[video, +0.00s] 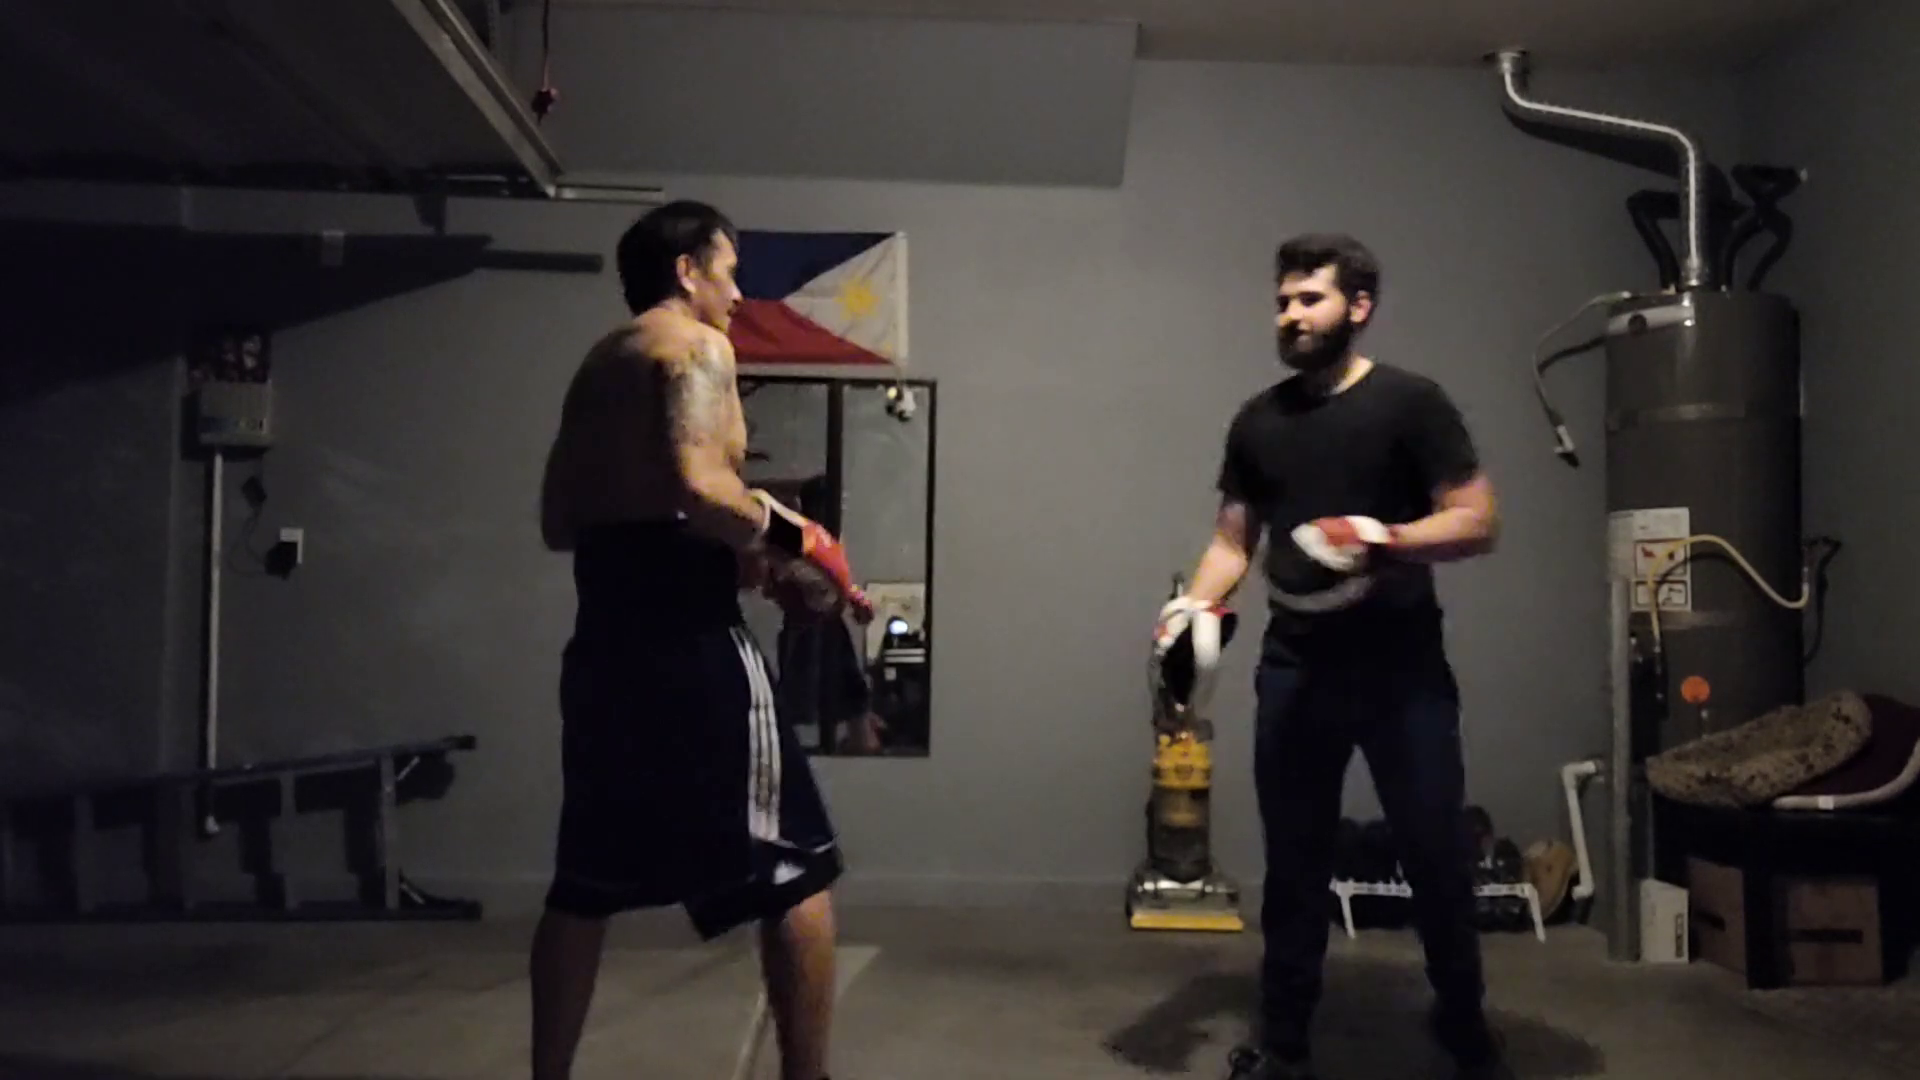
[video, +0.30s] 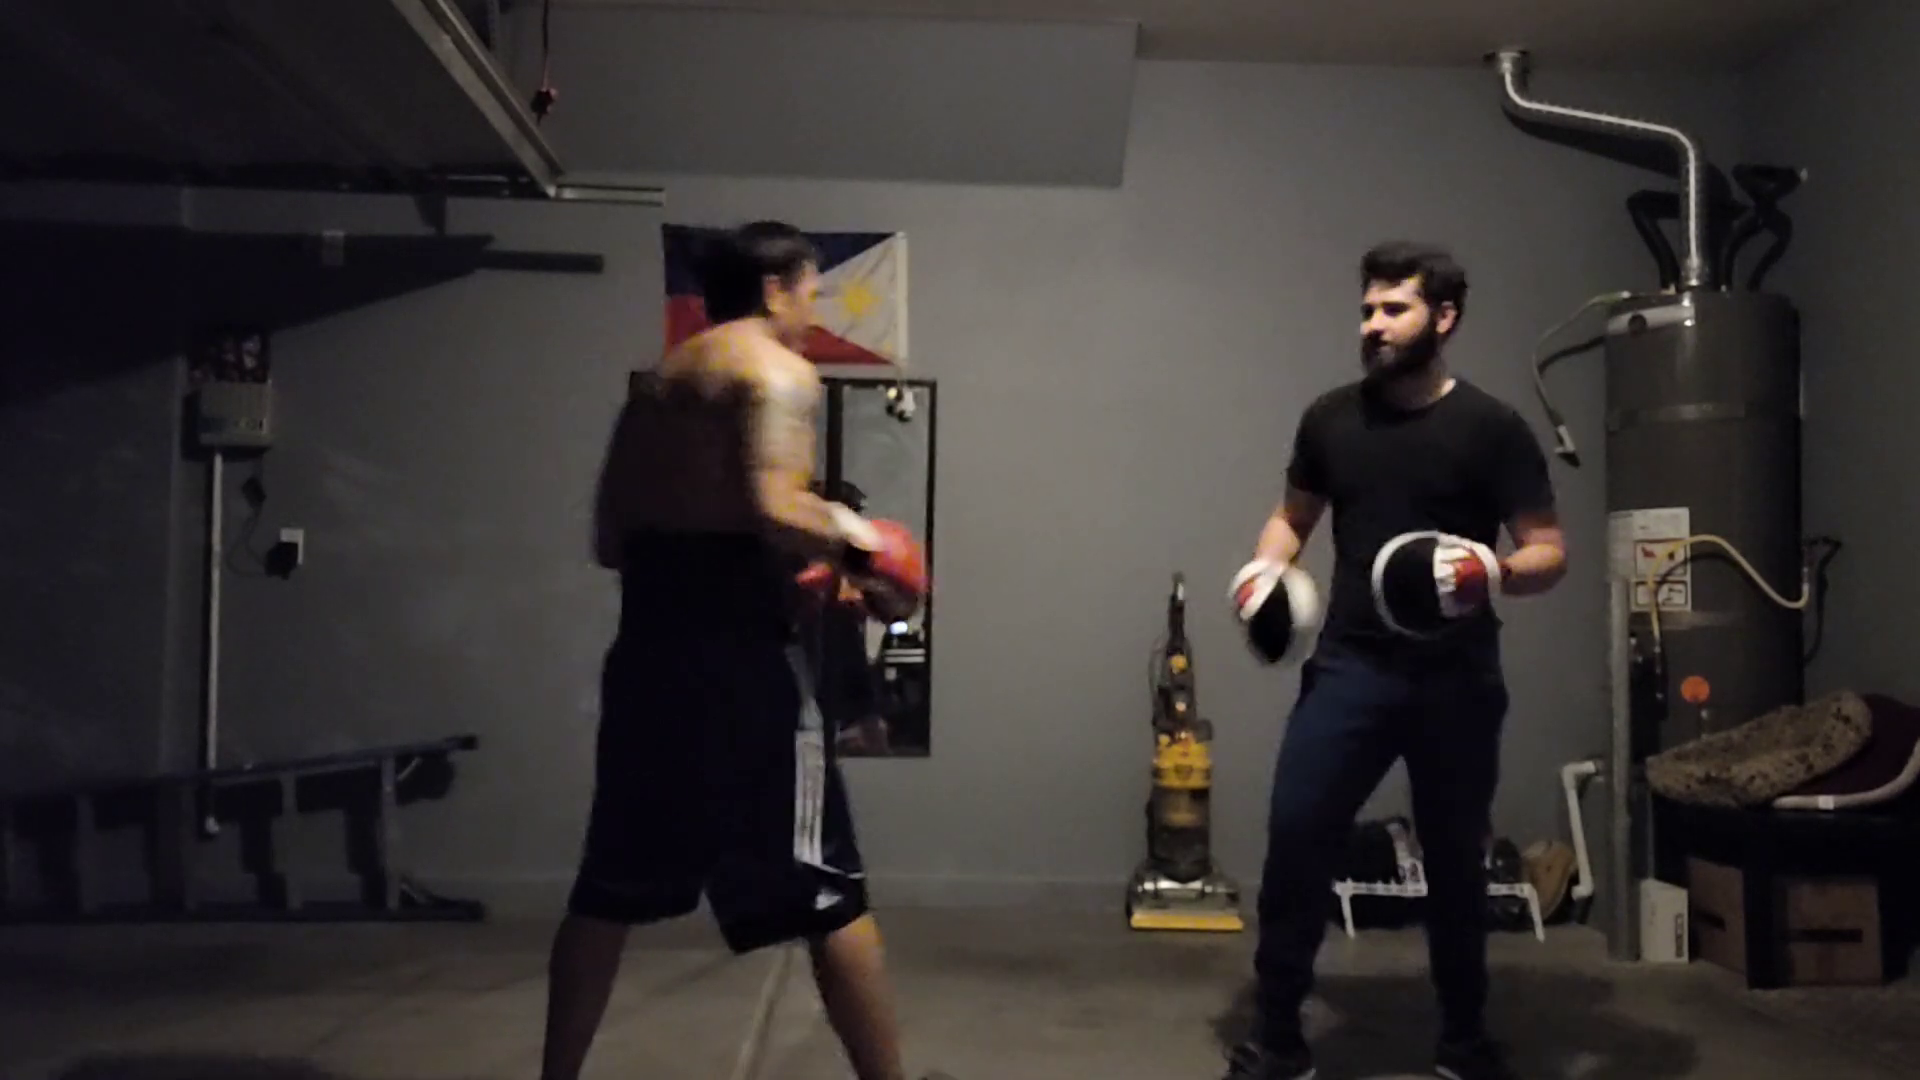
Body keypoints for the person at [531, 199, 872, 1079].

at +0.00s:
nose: (736, 295)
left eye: (735, 276)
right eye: (727, 275)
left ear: (657, 278)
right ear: (687, 272)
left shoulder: (597, 362)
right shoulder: (697, 345)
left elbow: (563, 523)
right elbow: (703, 480)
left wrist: (725, 552)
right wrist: (792, 534)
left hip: (603, 651)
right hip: (695, 648)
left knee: (584, 884)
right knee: (798, 875)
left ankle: (549, 1070)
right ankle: (806, 1070)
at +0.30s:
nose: (815, 307)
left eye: (815, 291)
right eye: (810, 290)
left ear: (719, 289)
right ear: (776, 289)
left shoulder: (653, 378)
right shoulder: (781, 370)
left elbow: (613, 540)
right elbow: (778, 504)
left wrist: (769, 563)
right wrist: (864, 537)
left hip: (650, 670)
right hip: (752, 672)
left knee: (606, 892)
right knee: (831, 898)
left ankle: (557, 1072)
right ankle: (887, 1072)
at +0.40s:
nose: (874, 317)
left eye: (872, 299)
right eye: (866, 299)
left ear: (781, 297)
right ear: (828, 299)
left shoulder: (702, 376)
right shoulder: (825, 378)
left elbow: (699, 535)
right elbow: (847, 516)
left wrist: (828, 578)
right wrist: (928, 541)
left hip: (681, 674)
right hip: (790, 679)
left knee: (622, 890)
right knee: (865, 896)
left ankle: (562, 1072)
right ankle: (898, 1072)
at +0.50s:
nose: (908, 328)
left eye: (910, 311)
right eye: (904, 310)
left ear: (816, 299)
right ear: (869, 307)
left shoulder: (742, 369)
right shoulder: (871, 388)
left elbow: (730, 521)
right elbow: (917, 529)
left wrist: (857, 563)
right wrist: (976, 535)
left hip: (694, 650)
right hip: (803, 657)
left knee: (632, 883)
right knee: (877, 892)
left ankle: (569, 1070)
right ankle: (901, 1073)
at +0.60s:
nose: (928, 332)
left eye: (931, 316)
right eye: (927, 314)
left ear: (836, 301)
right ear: (895, 310)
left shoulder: (756, 365)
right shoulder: (888, 388)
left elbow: (751, 520)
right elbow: (953, 532)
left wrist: (876, 561)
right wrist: (1001, 520)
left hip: (699, 653)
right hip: (810, 663)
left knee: (639, 881)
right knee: (877, 894)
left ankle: (580, 1069)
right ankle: (901, 1072)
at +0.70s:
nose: (922, 324)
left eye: (924, 307)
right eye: (920, 306)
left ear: (833, 293)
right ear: (888, 302)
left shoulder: (755, 362)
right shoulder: (888, 385)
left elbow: (751, 517)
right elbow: (954, 525)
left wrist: (867, 560)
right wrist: (997, 500)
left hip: (701, 661)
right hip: (812, 672)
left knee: (640, 886)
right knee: (875, 899)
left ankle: (580, 1069)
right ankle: (899, 1073)